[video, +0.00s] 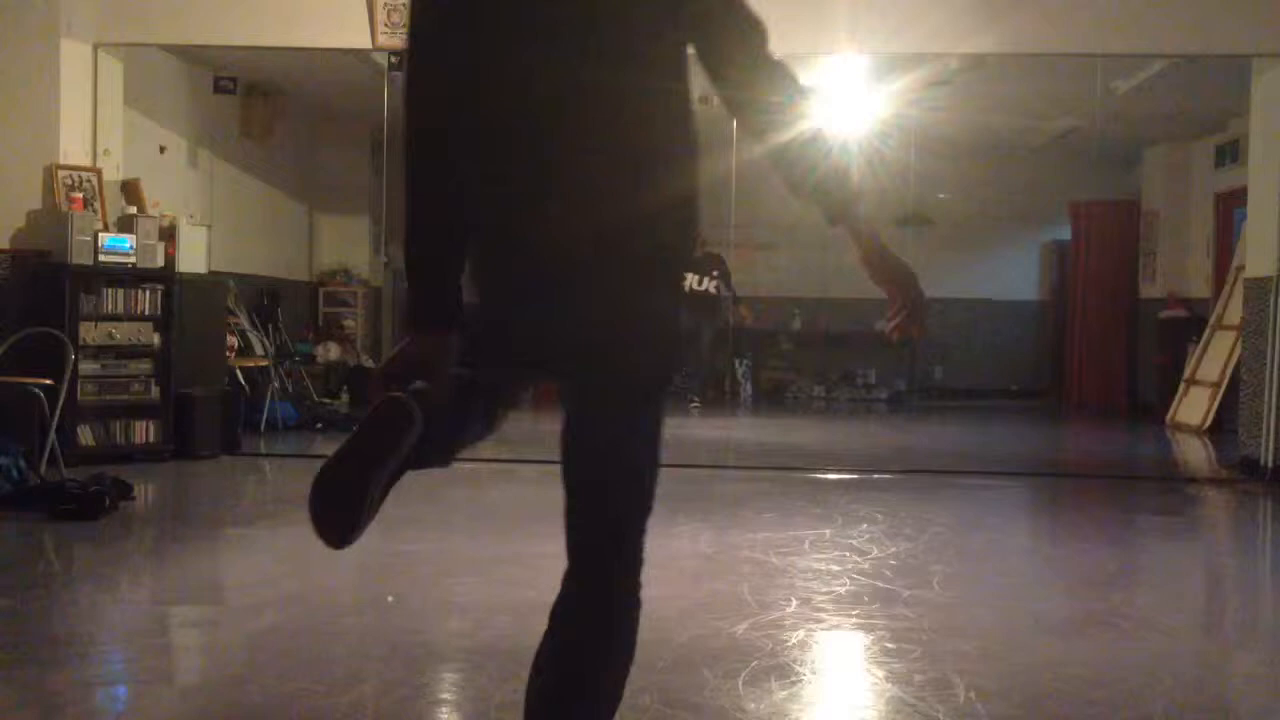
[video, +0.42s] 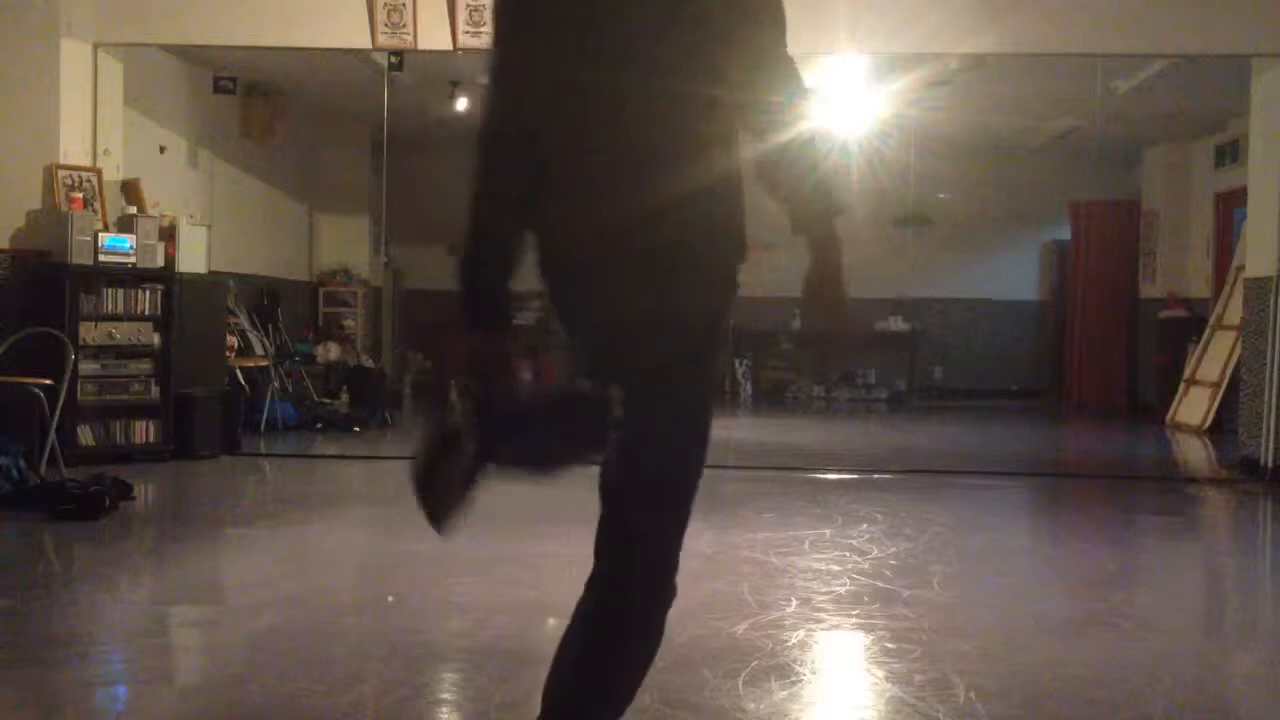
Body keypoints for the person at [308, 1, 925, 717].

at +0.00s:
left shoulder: (449, 10)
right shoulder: (677, 4)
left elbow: (430, 134)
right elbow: (758, 88)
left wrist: (426, 315)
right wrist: (866, 235)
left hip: (507, 251)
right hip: (629, 258)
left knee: (480, 380)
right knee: (603, 563)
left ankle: (405, 434)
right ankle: (565, 713)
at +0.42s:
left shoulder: (532, 10)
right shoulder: (741, 10)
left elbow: (510, 135)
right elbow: (772, 121)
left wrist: (483, 308)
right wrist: (824, 246)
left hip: (574, 242)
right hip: (687, 246)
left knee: (596, 411)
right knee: (637, 557)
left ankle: (483, 433)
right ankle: (577, 710)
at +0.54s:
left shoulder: (561, 12)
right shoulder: (756, 12)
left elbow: (536, 131)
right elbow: (780, 120)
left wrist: (520, 304)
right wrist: (846, 250)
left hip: (593, 253)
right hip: (695, 255)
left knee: (655, 443)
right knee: (649, 548)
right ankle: (578, 708)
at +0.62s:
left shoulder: (589, 13)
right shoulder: (775, 12)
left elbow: (554, 130)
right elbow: (805, 132)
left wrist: (540, 289)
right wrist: (870, 240)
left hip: (608, 244)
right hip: (706, 253)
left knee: (664, 448)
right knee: (679, 477)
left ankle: (634, 647)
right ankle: (590, 696)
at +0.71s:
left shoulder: (623, 11)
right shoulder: (798, 10)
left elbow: (582, 143)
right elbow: (830, 122)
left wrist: (565, 305)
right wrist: (896, 252)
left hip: (624, 272)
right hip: (724, 276)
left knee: (688, 506)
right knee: (660, 530)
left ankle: (733, 684)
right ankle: (574, 709)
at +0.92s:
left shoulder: (710, 18)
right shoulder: (865, 12)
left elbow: (671, 164)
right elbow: (878, 142)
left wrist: (651, 313)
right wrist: (926, 268)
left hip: (715, 286)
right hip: (801, 293)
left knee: (750, 509)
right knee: (777, 512)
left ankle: (765, 701)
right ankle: (631, 694)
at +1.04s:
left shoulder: (755, 18)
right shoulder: (892, 13)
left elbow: (734, 162)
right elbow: (894, 150)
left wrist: (735, 279)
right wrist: (929, 280)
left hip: (761, 281)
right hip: (848, 287)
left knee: (773, 468)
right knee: (875, 483)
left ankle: (761, 679)